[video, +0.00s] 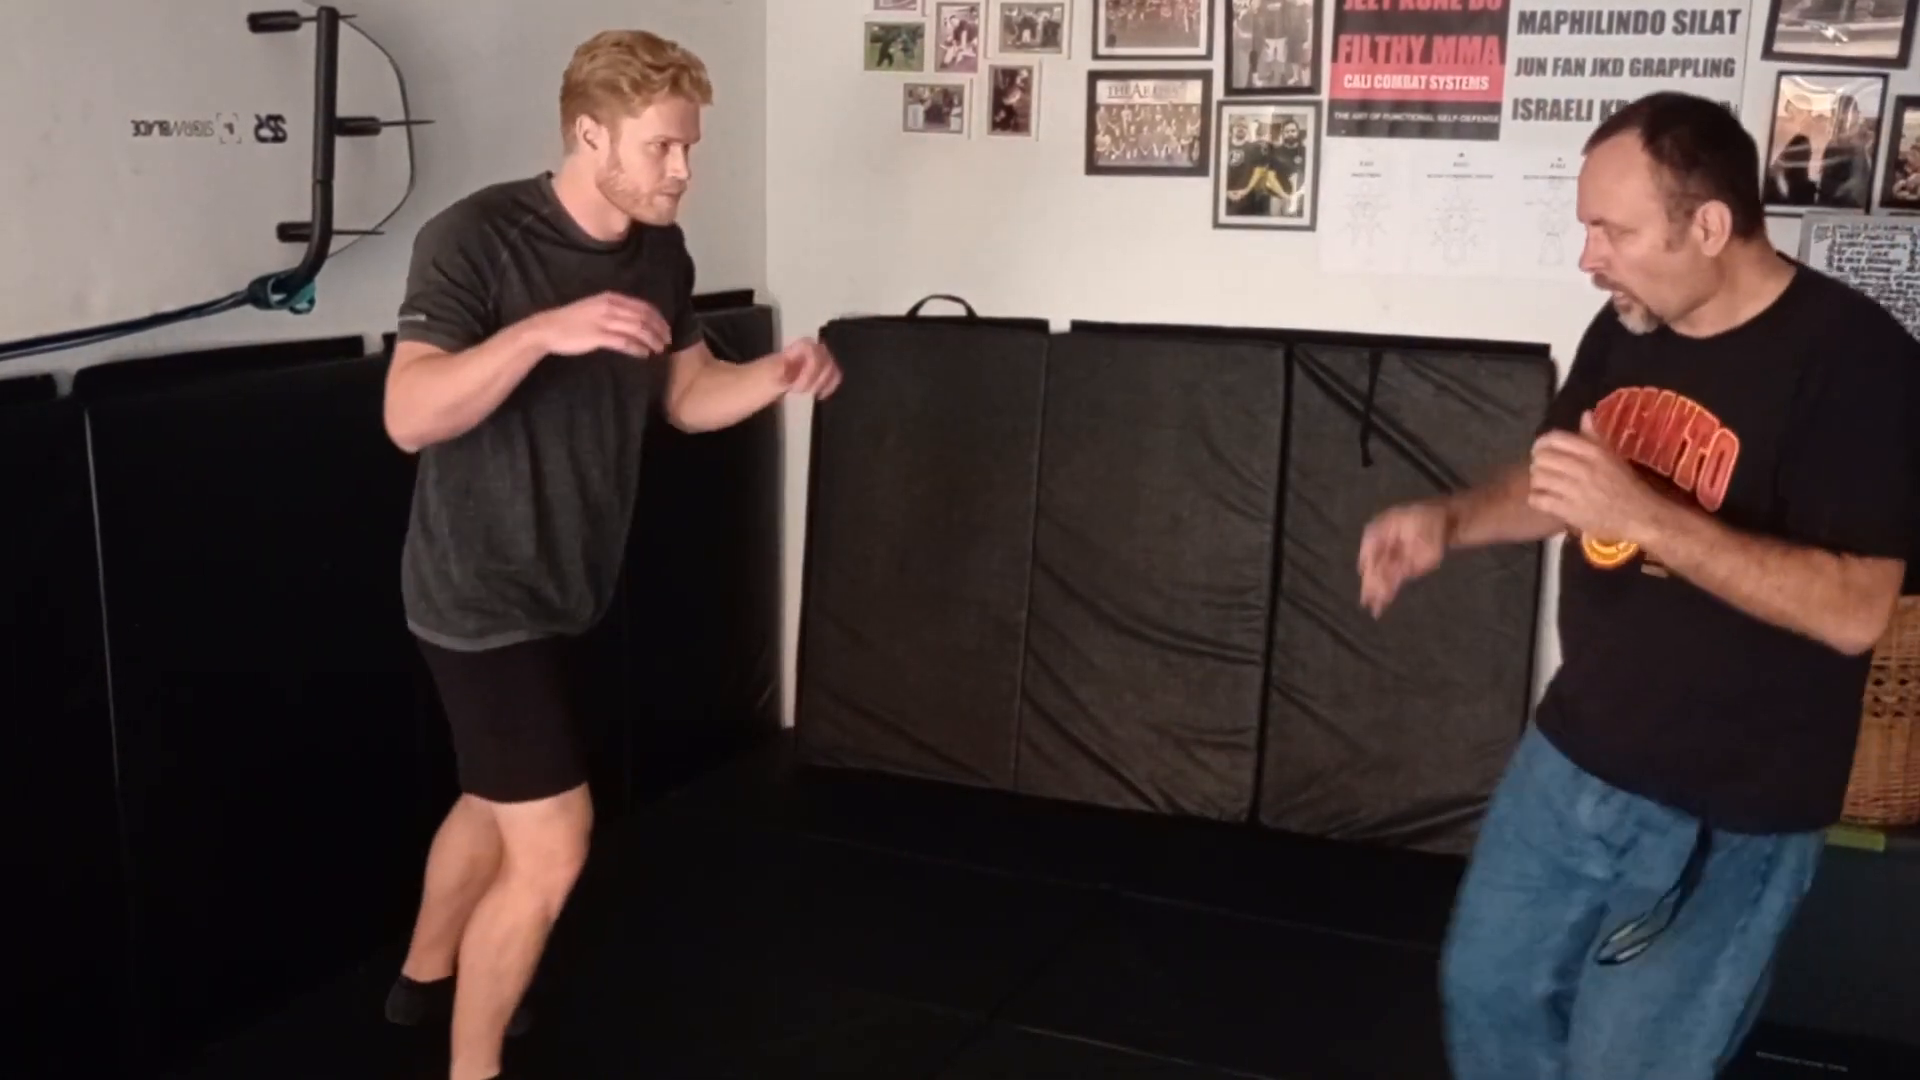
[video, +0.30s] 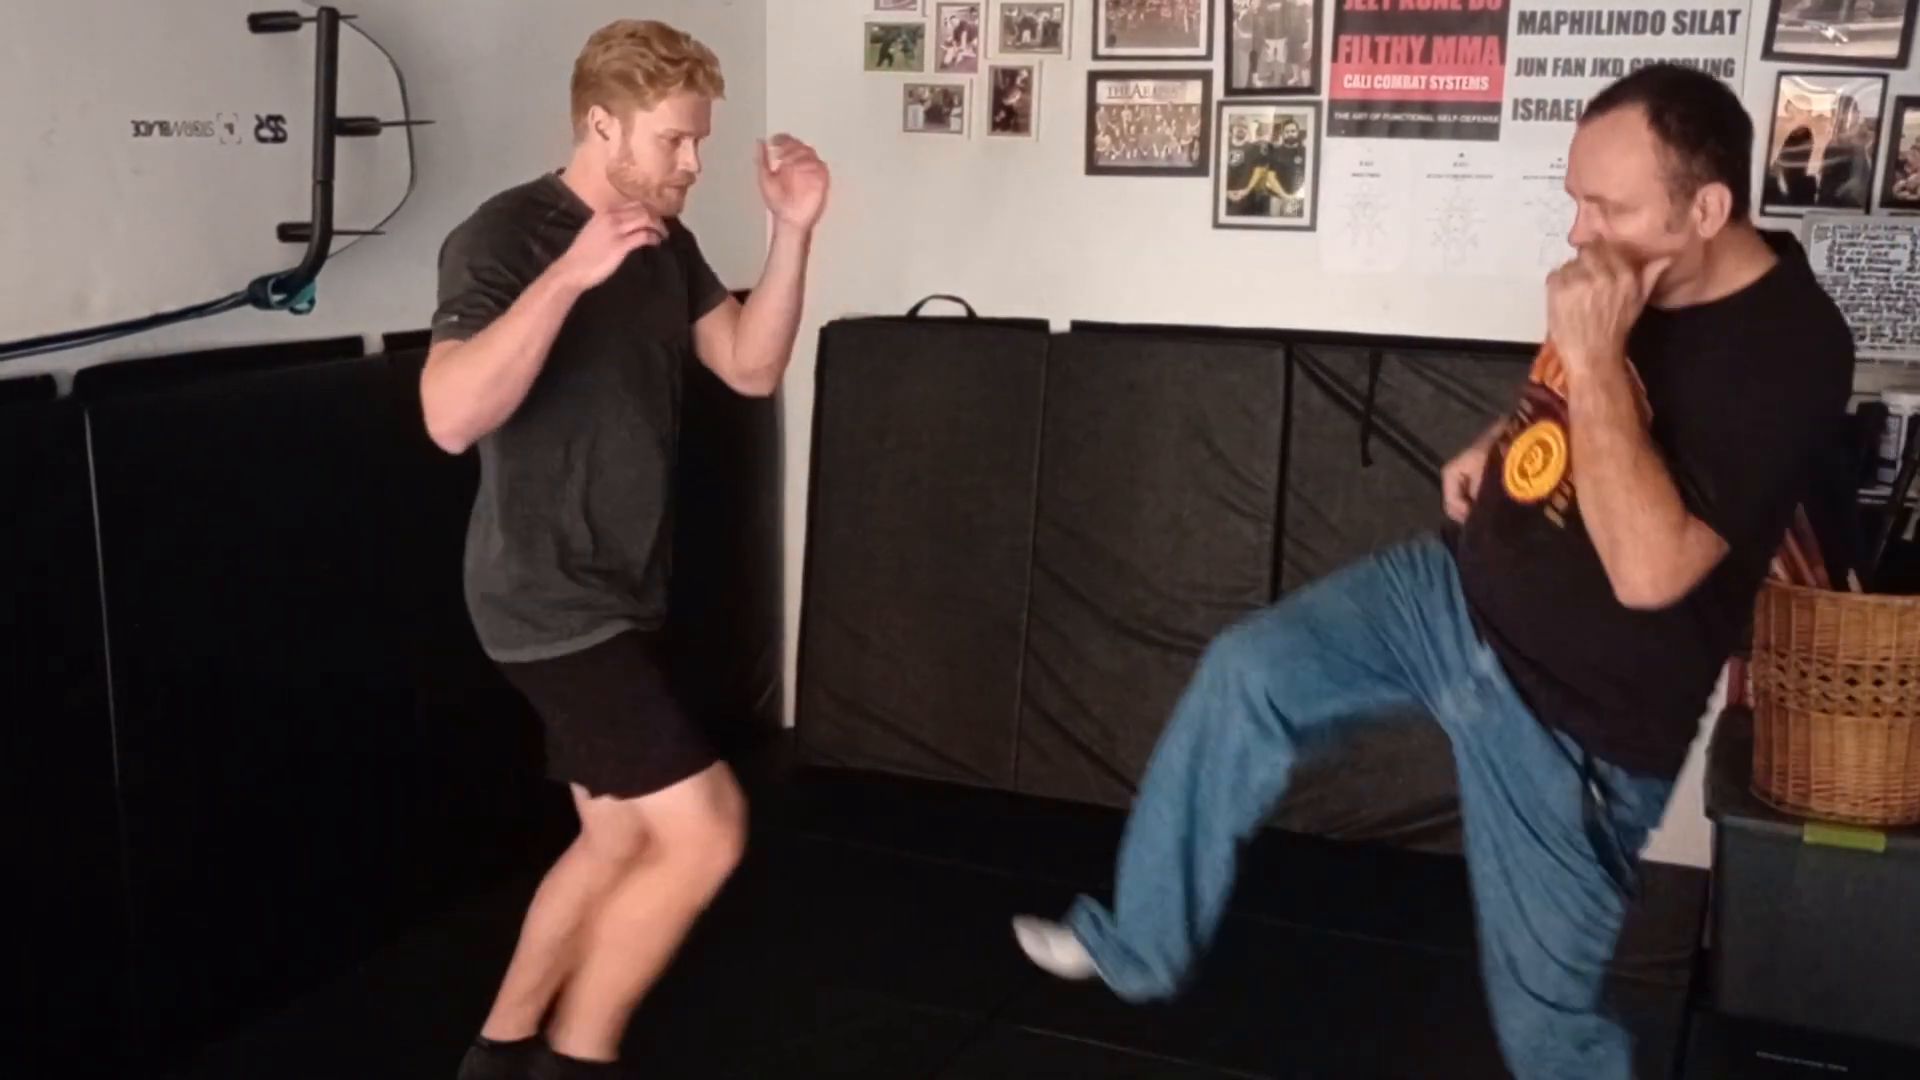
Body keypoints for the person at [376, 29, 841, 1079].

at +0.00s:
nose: (687, 172)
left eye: (692, 147)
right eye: (668, 148)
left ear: (687, 140)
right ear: (590, 137)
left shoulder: (657, 253)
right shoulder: (474, 240)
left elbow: (687, 396)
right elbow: (409, 414)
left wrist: (775, 372)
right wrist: (540, 331)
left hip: (576, 593)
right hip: (476, 596)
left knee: (494, 810)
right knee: (550, 846)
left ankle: (420, 983)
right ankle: (472, 1071)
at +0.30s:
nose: (695, 163)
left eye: (702, 140)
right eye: (677, 139)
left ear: (627, 133)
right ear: (601, 127)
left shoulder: (664, 245)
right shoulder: (502, 237)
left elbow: (748, 364)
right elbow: (451, 416)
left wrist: (791, 232)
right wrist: (568, 276)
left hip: (627, 591)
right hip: (543, 599)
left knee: (613, 842)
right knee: (703, 832)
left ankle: (499, 1048)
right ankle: (575, 1057)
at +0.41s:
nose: (706, 174)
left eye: (714, 152)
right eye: (688, 151)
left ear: (711, 148)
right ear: (613, 140)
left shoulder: (681, 258)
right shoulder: (516, 256)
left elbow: (766, 393)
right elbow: (490, 429)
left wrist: (783, 244)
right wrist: (593, 275)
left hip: (661, 603)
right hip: (580, 619)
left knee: (644, 842)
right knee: (764, 829)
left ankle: (504, 1047)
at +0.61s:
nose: (769, 197)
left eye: (779, 175)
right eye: (752, 175)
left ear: (778, 173)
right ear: (679, 163)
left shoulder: (729, 271)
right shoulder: (597, 271)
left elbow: (832, 397)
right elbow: (646, 430)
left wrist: (832, 252)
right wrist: (716, 261)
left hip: (718, 624)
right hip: (677, 638)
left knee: (667, 857)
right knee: (823, 892)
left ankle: (510, 1041)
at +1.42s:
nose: (686, 208)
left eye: (688, 182)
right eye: (669, 185)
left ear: (616, 183)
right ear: (593, 181)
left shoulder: (634, 289)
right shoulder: (488, 303)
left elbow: (710, 429)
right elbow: (516, 494)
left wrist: (781, 309)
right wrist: (638, 360)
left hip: (630, 649)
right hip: (562, 671)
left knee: (614, 884)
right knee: (738, 893)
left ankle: (454, 1068)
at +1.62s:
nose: (623, 142)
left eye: (627, 119)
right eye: (605, 119)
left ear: (577, 117)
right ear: (530, 110)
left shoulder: (582, 221)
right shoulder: (427, 218)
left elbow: (687, 332)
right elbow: (465, 391)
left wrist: (734, 191)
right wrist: (580, 240)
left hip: (549, 581)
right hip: (458, 592)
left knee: (525, 833)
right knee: (617, 829)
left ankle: (445, 1058)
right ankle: (542, 1071)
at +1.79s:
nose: (589, 134)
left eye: (592, 114)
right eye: (572, 112)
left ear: (510, 109)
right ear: (496, 105)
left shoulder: (531, 217)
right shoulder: (393, 204)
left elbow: (642, 324)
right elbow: (451, 359)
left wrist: (689, 184)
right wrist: (558, 187)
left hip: (491, 590)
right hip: (406, 603)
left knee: (491, 807)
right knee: (438, 882)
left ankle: (334, 1005)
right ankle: (335, 1070)